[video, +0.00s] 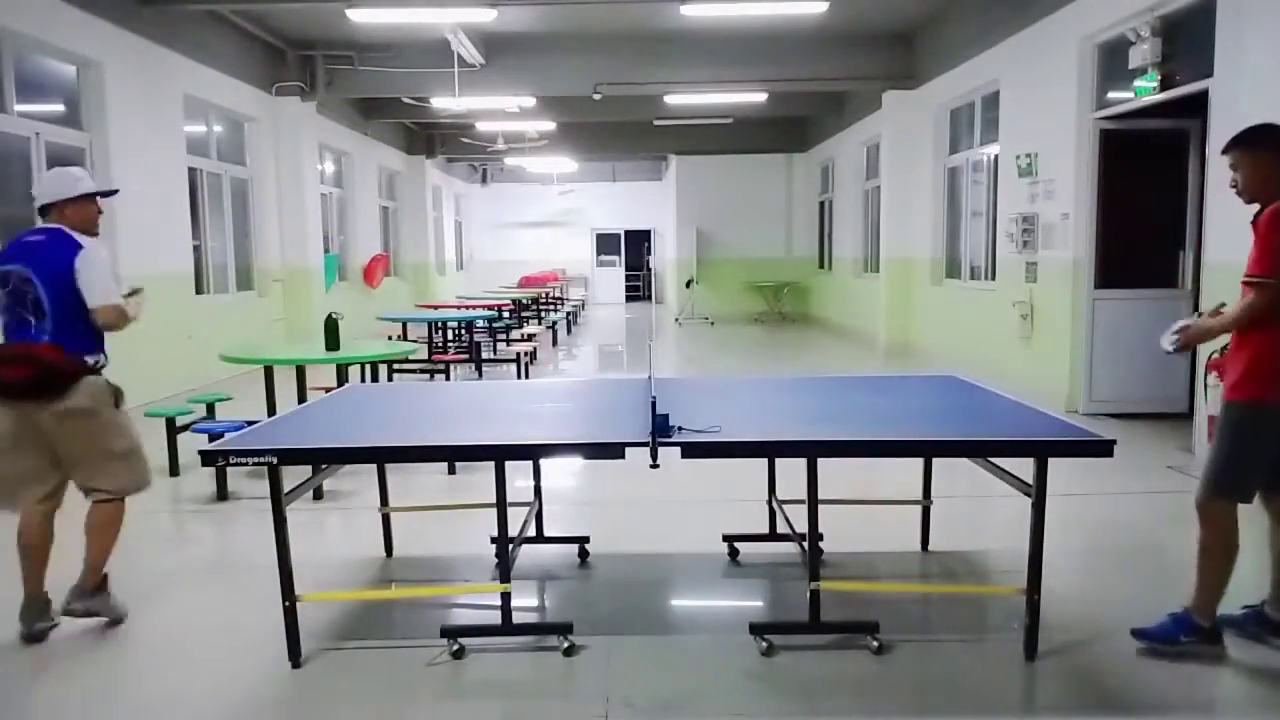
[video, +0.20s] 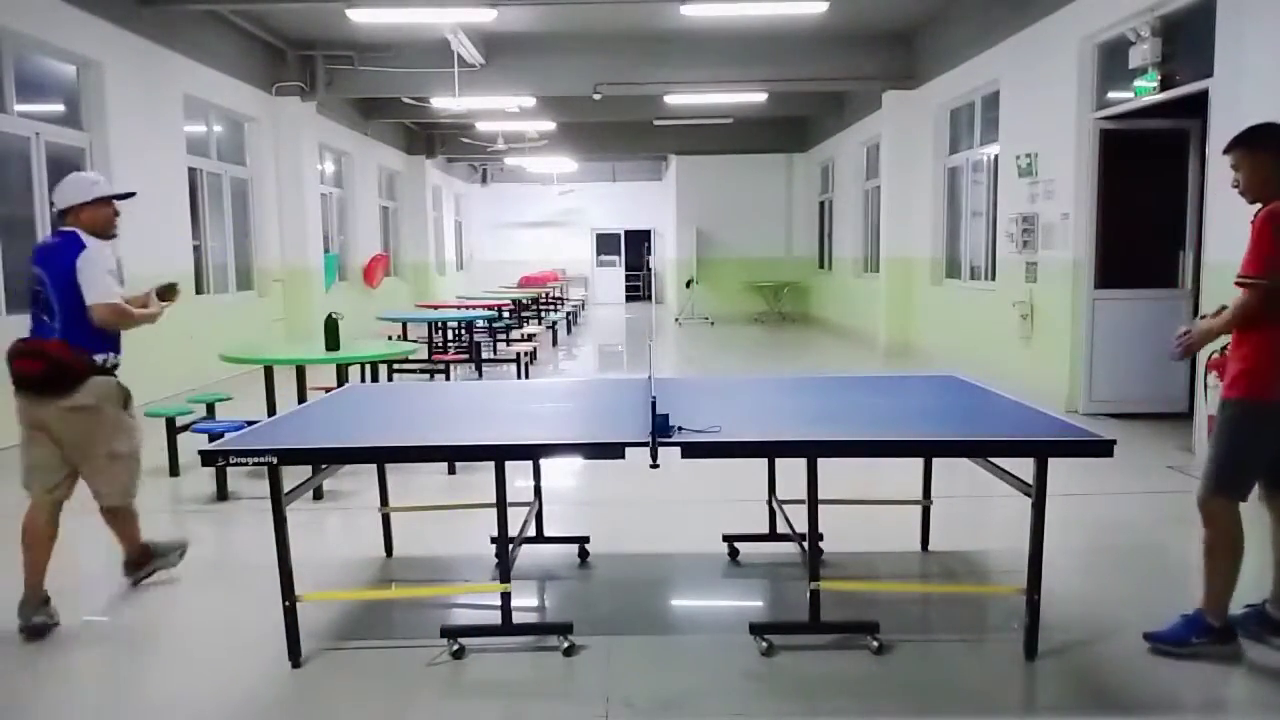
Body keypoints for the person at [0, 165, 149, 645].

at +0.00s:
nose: (100, 208)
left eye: (97, 200)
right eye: (92, 201)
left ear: (51, 208)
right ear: (68, 207)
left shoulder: (12, 250)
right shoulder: (81, 251)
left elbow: (14, 318)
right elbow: (107, 317)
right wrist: (129, 309)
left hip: (14, 394)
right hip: (73, 392)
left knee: (36, 497)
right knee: (112, 484)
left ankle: (34, 608)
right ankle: (90, 589)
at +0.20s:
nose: (116, 211)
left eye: (113, 204)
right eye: (107, 205)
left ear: (74, 213)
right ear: (81, 211)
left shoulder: (45, 251)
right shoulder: (87, 250)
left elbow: (85, 306)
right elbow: (103, 314)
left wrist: (143, 297)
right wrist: (145, 315)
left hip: (36, 388)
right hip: (84, 387)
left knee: (44, 494)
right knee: (113, 479)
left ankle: (33, 603)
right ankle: (138, 555)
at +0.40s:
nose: (158, 227)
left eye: (156, 219)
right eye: (150, 220)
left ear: (116, 225)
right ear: (127, 224)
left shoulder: (92, 259)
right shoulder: (134, 265)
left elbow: (135, 310)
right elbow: (149, 326)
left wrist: (193, 299)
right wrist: (192, 317)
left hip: (89, 388)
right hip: (132, 387)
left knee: (99, 471)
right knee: (157, 465)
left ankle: (60, 545)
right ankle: (149, 554)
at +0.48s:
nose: (168, 224)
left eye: (166, 217)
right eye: (160, 218)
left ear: (130, 224)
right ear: (135, 222)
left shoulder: (108, 256)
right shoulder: (139, 261)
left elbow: (162, 304)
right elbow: (153, 323)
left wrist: (209, 300)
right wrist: (206, 316)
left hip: (104, 383)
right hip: (139, 382)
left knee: (126, 463)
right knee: (161, 464)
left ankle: (86, 535)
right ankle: (149, 554)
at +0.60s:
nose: (187, 220)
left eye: (186, 213)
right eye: (179, 213)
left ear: (158, 219)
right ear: (154, 217)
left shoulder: (155, 253)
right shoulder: (146, 252)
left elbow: (174, 307)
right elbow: (147, 312)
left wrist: (213, 327)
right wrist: (209, 307)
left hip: (151, 372)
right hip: (150, 374)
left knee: (166, 458)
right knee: (165, 461)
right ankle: (147, 557)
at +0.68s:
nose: (196, 221)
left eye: (196, 214)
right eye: (188, 215)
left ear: (175, 218)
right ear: (163, 217)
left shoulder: (171, 255)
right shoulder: (152, 253)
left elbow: (182, 315)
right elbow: (149, 312)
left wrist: (221, 338)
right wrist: (211, 301)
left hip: (176, 372)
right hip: (157, 374)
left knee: (192, 446)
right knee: (170, 463)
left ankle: (197, 518)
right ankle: (148, 554)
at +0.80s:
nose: (218, 232)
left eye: (218, 224)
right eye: (211, 224)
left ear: (206, 226)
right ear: (185, 225)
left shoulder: (209, 266)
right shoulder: (165, 260)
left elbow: (215, 319)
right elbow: (153, 311)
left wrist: (253, 341)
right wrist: (217, 298)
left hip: (200, 375)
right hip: (174, 375)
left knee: (215, 452)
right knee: (181, 469)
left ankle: (229, 517)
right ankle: (150, 551)